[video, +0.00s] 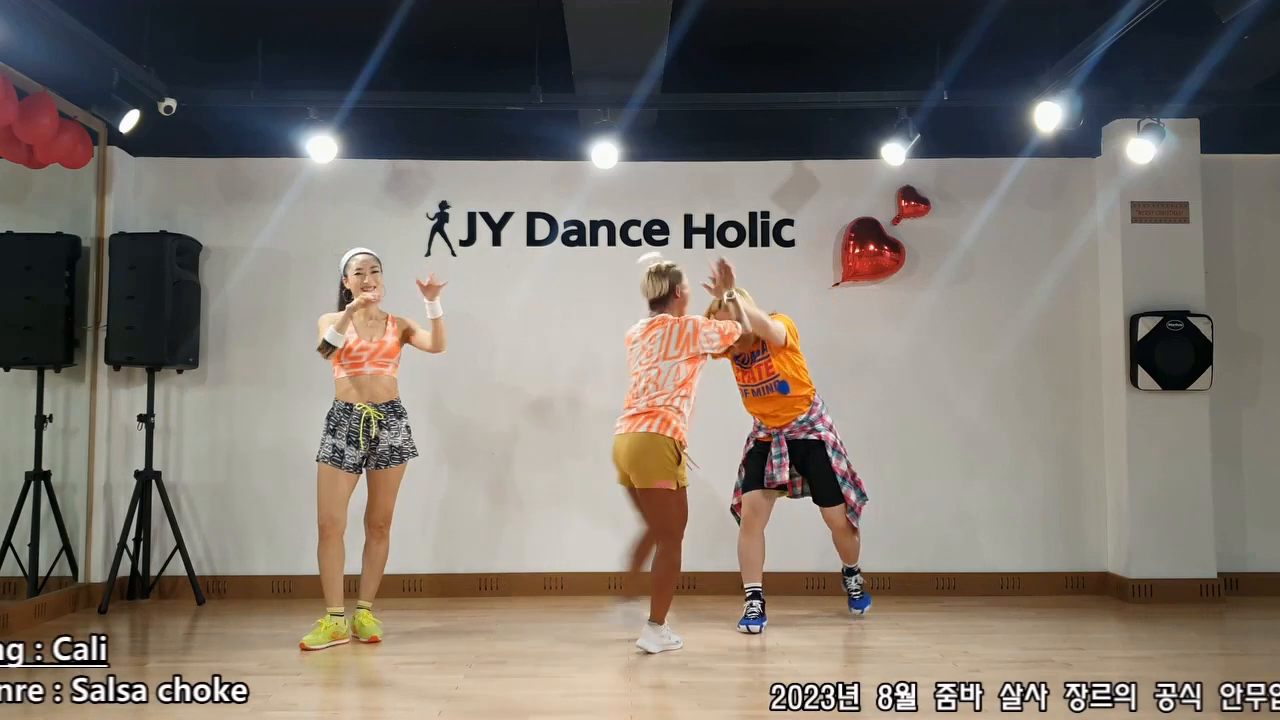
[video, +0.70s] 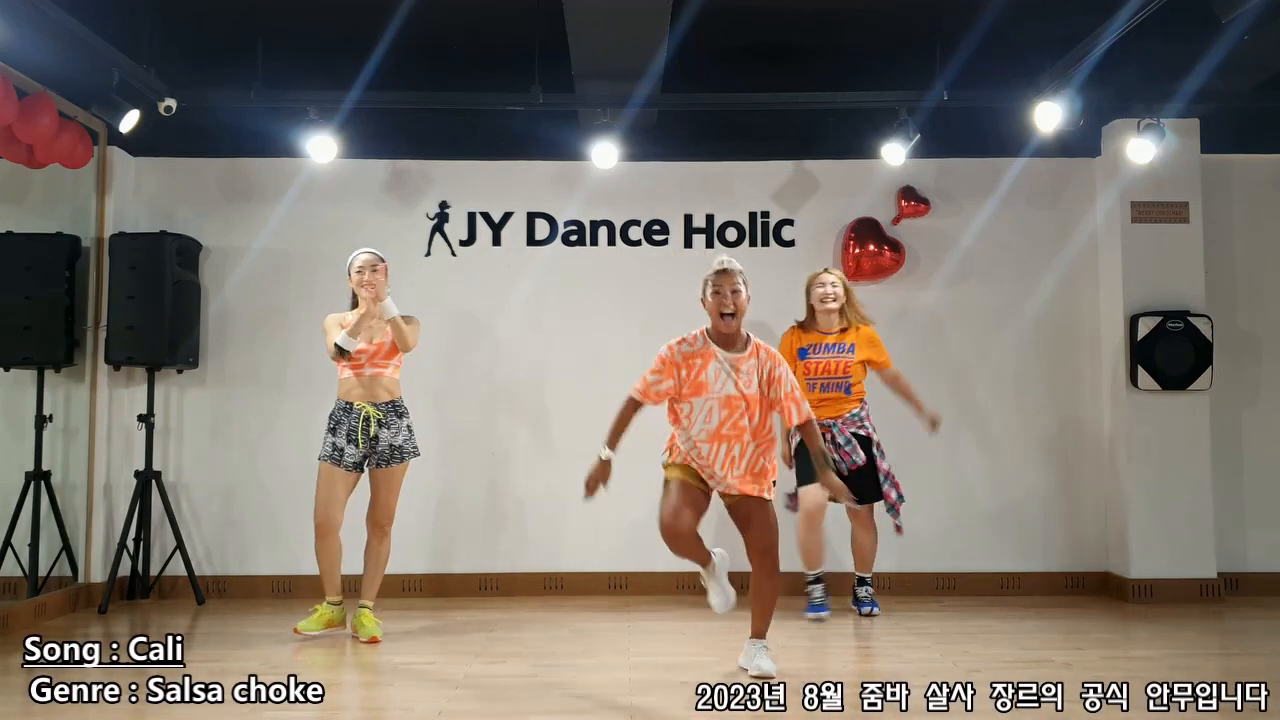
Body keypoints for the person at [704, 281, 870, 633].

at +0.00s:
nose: (737, 343)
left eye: (739, 332)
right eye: (729, 336)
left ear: (750, 321)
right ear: (720, 334)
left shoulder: (781, 329)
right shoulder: (729, 346)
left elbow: (763, 327)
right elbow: (697, 347)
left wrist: (734, 293)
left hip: (809, 433)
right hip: (766, 438)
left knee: (839, 520)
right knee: (751, 513)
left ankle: (852, 576)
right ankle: (754, 601)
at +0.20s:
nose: (752, 316)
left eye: (758, 309)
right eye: (746, 311)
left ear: (774, 306)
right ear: (740, 312)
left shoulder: (800, 323)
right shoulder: (744, 339)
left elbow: (783, 329)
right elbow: (724, 347)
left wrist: (746, 320)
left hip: (815, 433)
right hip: (772, 436)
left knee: (848, 523)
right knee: (755, 513)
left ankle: (859, 574)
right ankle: (754, 601)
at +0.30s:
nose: (778, 303)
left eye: (785, 295)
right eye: (770, 298)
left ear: (798, 299)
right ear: (761, 304)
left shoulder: (819, 331)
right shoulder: (756, 343)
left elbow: (806, 355)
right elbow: (735, 373)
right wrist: (715, 369)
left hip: (821, 435)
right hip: (778, 437)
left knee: (848, 521)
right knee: (762, 512)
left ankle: (862, 581)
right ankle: (756, 598)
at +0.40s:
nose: (801, 297)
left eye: (807, 292)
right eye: (794, 292)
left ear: (819, 300)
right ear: (783, 302)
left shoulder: (835, 335)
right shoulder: (772, 345)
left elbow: (830, 377)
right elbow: (756, 390)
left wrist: (812, 410)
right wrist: (752, 423)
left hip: (834, 438)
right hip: (790, 439)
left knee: (854, 518)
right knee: (777, 514)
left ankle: (863, 587)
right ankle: (756, 598)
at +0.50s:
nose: (811, 297)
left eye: (818, 291)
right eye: (805, 291)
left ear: (830, 300)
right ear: (793, 300)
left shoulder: (845, 339)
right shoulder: (779, 344)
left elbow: (847, 392)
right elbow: (772, 401)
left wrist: (845, 438)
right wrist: (767, 452)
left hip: (841, 434)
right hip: (800, 438)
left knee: (859, 517)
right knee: (785, 515)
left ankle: (863, 587)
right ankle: (762, 593)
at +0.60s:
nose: (822, 294)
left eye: (828, 288)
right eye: (815, 289)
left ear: (839, 298)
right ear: (803, 299)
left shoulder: (856, 339)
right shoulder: (787, 342)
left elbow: (876, 394)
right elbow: (784, 401)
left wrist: (895, 443)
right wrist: (782, 451)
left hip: (850, 435)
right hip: (805, 437)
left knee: (862, 516)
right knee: (798, 506)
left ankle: (863, 589)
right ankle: (786, 592)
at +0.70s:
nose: (827, 290)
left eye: (834, 284)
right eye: (819, 285)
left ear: (844, 295)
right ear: (809, 296)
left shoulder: (863, 335)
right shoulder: (793, 338)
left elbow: (892, 377)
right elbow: (784, 390)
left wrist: (923, 411)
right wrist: (785, 434)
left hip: (852, 430)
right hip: (809, 432)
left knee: (862, 511)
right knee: (811, 505)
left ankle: (863, 588)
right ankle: (815, 588)